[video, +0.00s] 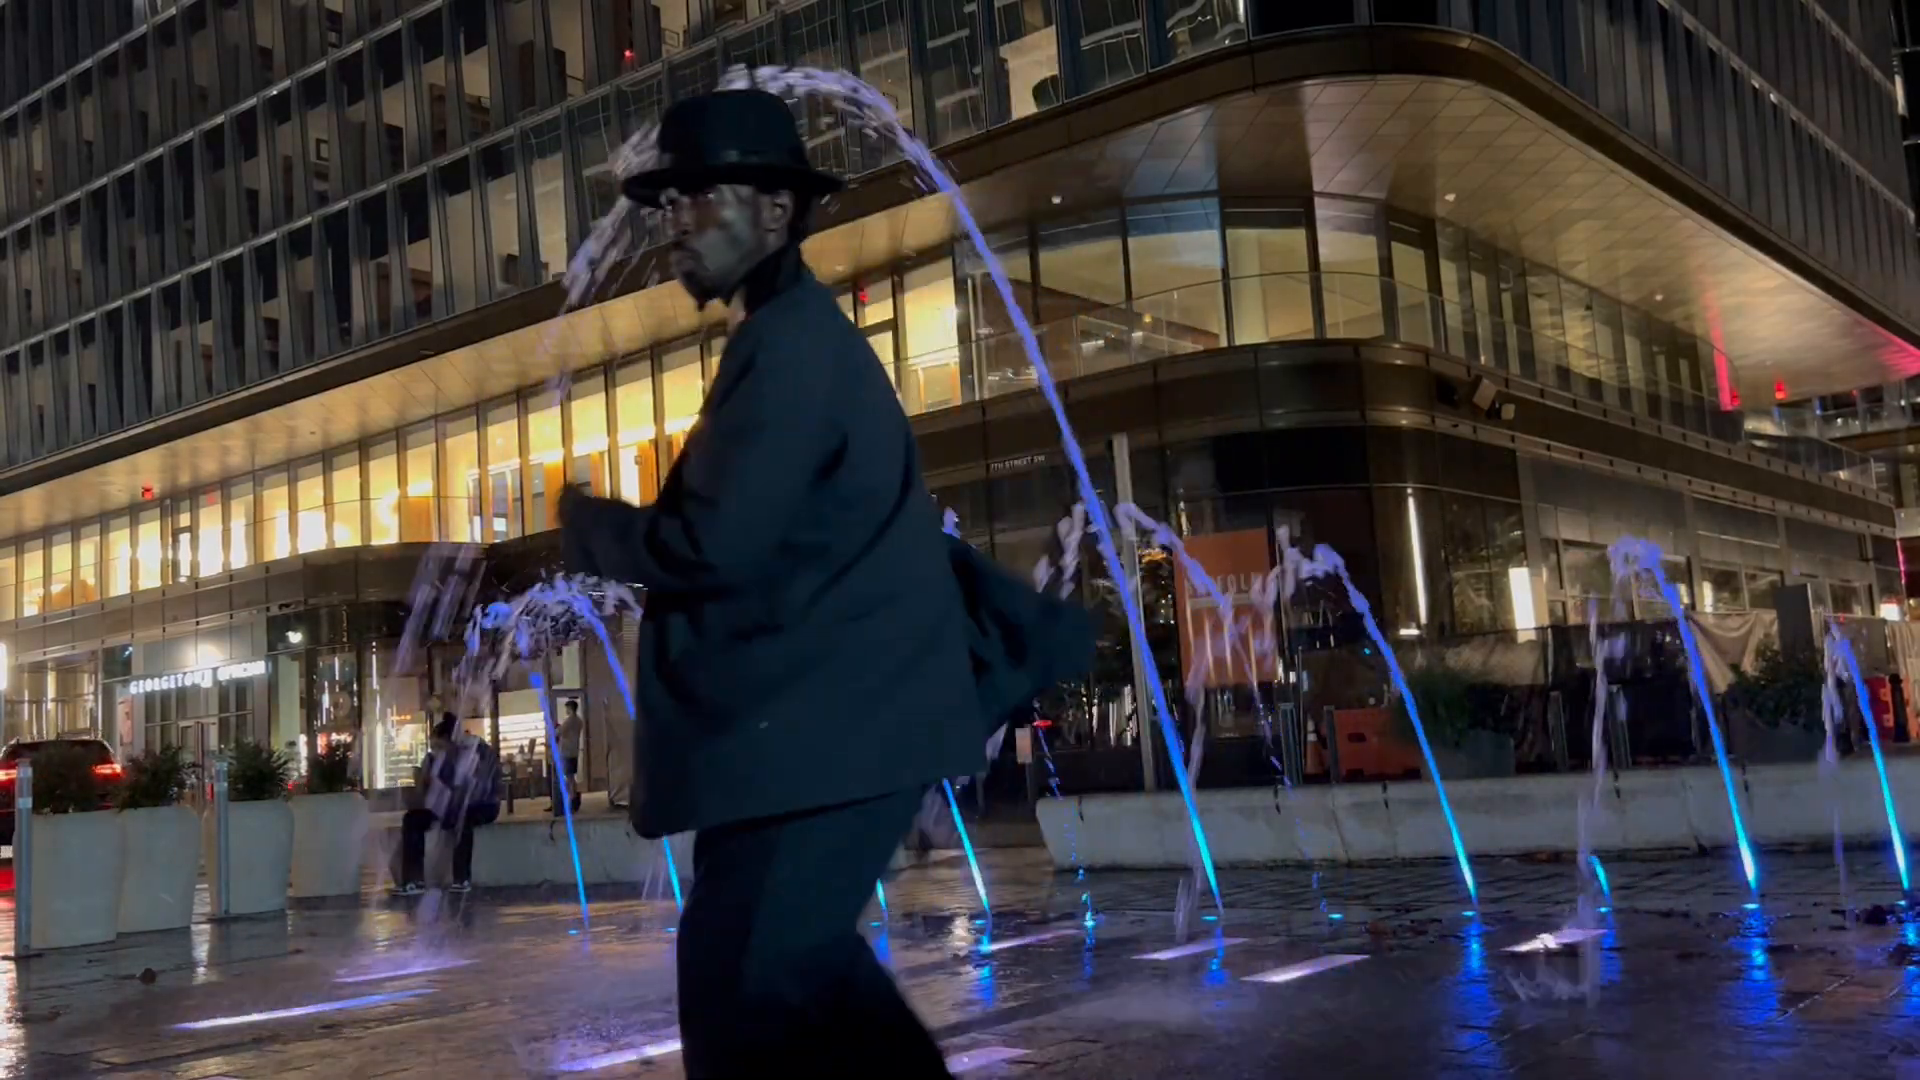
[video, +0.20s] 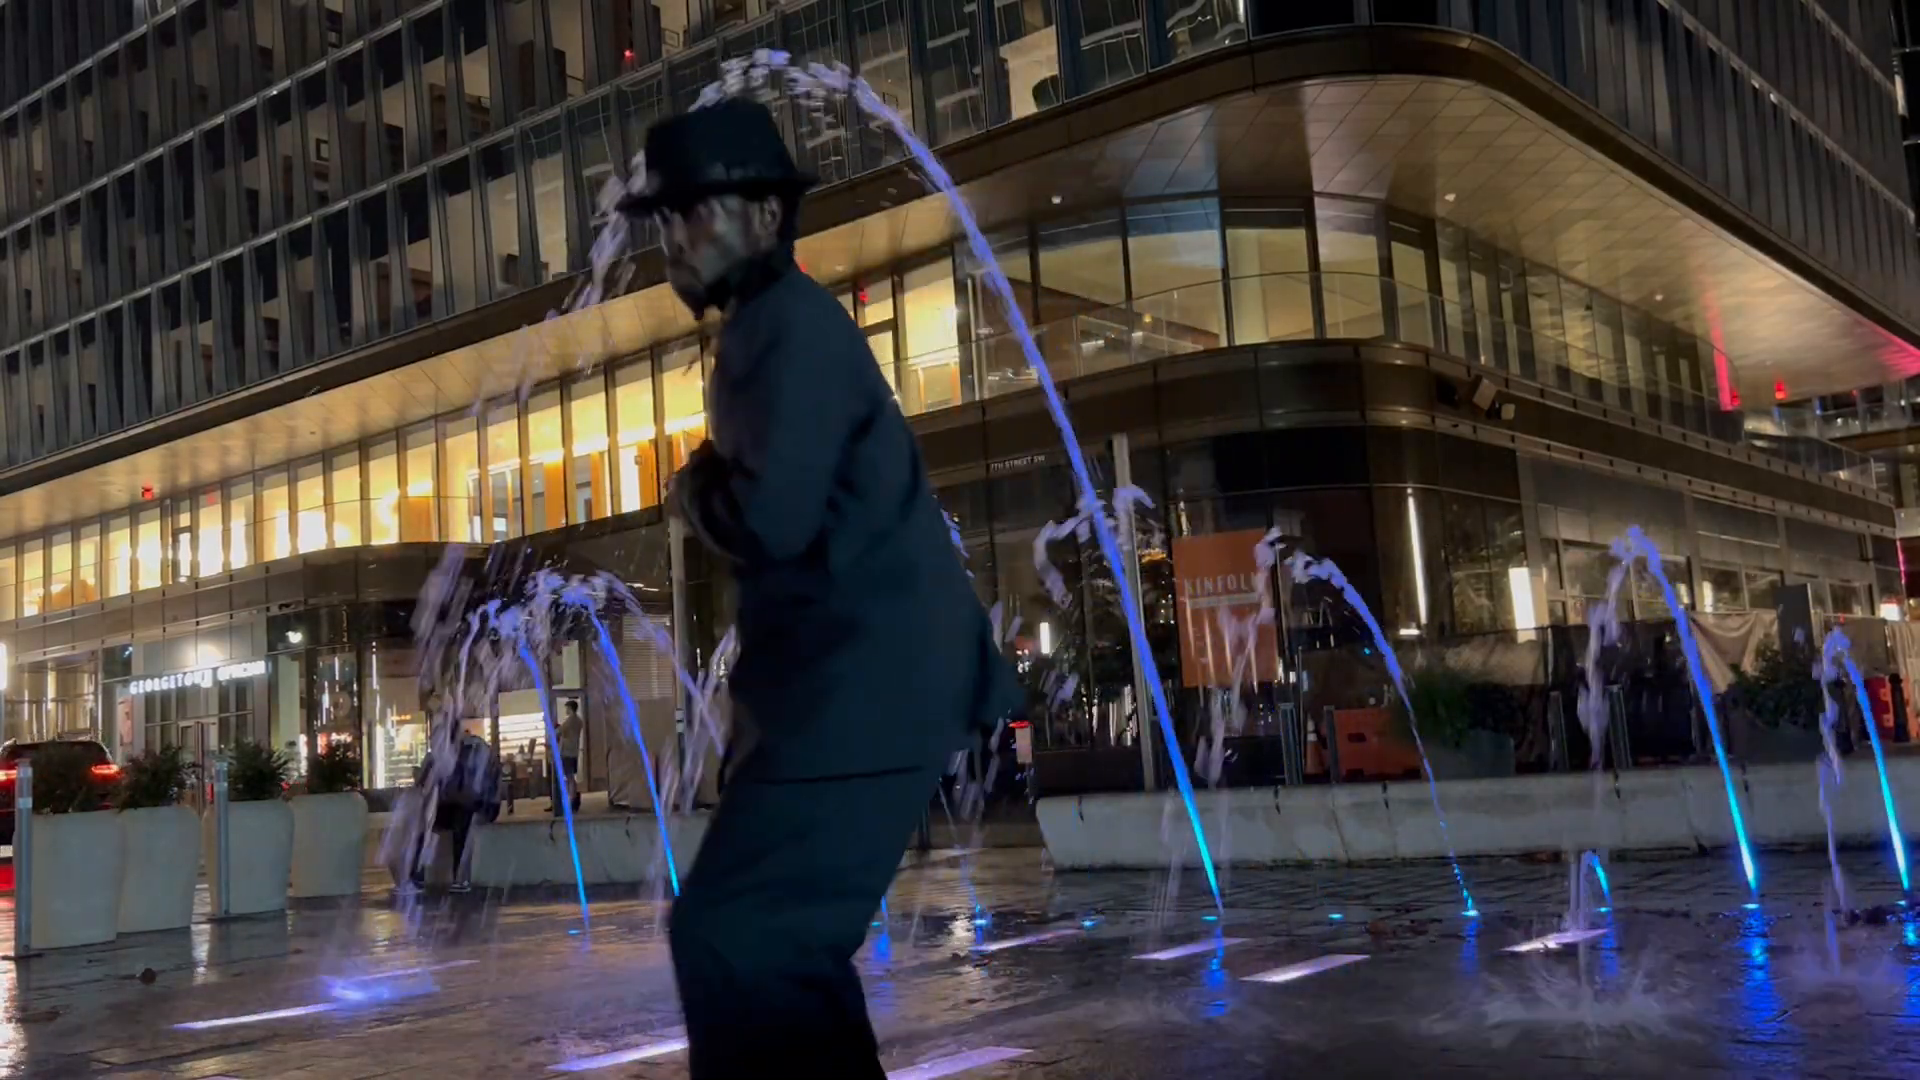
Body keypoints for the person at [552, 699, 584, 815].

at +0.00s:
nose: (566, 710)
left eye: (567, 708)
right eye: (566, 708)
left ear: (570, 709)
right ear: (575, 708)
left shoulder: (568, 721)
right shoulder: (579, 721)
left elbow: (559, 732)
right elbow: (573, 733)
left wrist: (555, 729)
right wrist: (561, 728)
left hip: (566, 753)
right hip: (574, 752)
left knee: (567, 778)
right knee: (571, 777)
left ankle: (571, 798)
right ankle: (574, 796)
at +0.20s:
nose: (566, 710)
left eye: (567, 708)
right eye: (566, 708)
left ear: (570, 709)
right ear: (575, 709)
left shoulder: (569, 721)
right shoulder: (579, 720)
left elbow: (560, 731)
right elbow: (571, 732)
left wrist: (554, 730)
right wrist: (559, 728)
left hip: (566, 753)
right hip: (574, 753)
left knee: (568, 777)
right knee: (571, 777)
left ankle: (572, 798)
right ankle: (574, 797)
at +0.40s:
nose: (566, 710)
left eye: (567, 708)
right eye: (566, 708)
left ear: (569, 709)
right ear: (575, 709)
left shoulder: (569, 720)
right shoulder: (579, 720)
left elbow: (559, 731)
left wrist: (553, 733)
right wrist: (560, 728)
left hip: (567, 752)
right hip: (574, 751)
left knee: (569, 776)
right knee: (571, 776)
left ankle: (572, 798)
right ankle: (574, 796)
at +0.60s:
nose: (566, 710)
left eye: (567, 708)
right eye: (566, 708)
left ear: (570, 708)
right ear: (575, 709)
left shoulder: (570, 720)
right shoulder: (578, 720)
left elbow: (560, 730)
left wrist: (552, 733)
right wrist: (558, 728)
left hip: (567, 752)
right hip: (573, 751)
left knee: (569, 777)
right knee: (571, 777)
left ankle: (572, 798)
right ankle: (574, 796)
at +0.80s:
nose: (566, 710)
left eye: (567, 708)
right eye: (566, 708)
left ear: (570, 709)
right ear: (574, 709)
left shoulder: (570, 720)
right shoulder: (577, 720)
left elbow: (560, 730)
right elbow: (565, 730)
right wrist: (557, 728)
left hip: (567, 752)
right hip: (573, 752)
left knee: (569, 777)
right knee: (571, 777)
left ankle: (572, 799)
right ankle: (574, 798)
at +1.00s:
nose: (565, 710)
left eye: (566, 708)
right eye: (565, 708)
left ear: (569, 709)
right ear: (574, 708)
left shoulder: (570, 719)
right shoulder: (576, 720)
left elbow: (560, 730)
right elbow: (564, 730)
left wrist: (551, 727)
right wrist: (557, 727)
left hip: (567, 752)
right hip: (572, 752)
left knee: (568, 777)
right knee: (570, 777)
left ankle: (572, 798)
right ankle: (573, 797)